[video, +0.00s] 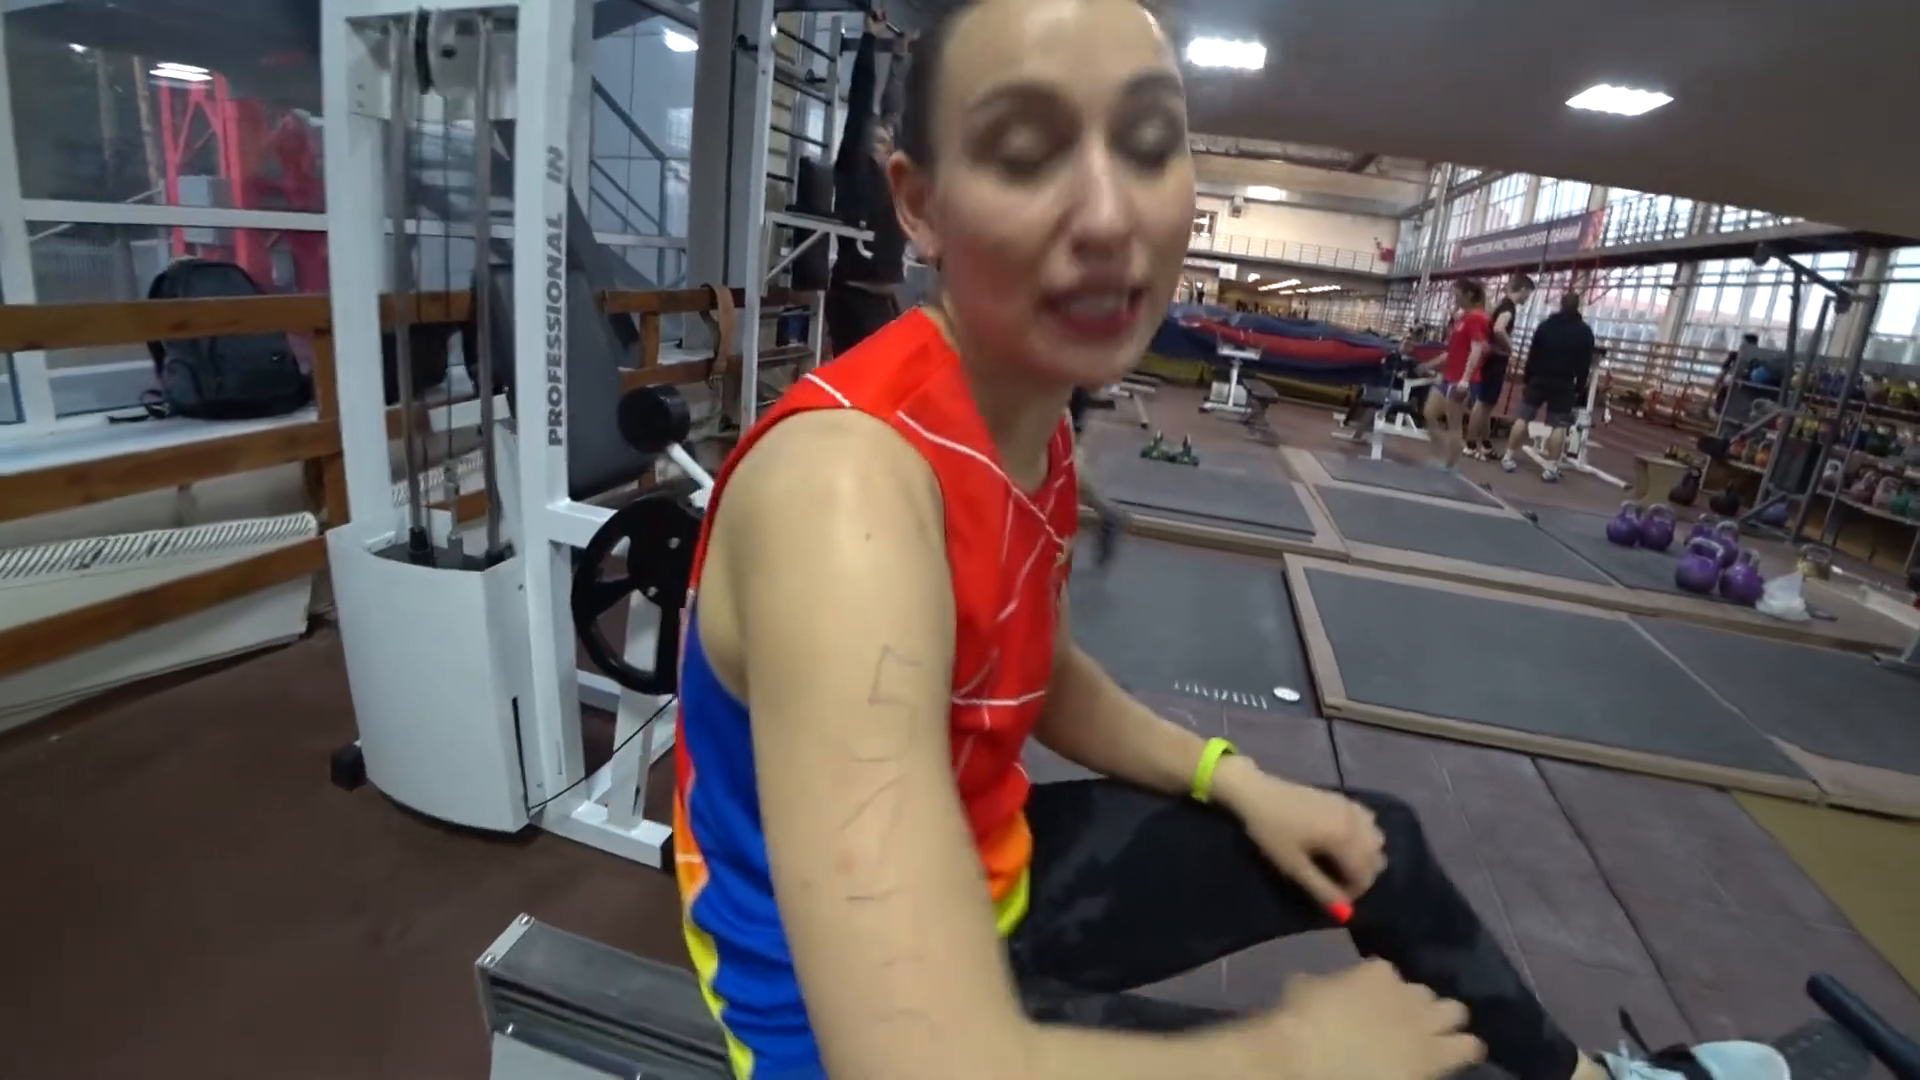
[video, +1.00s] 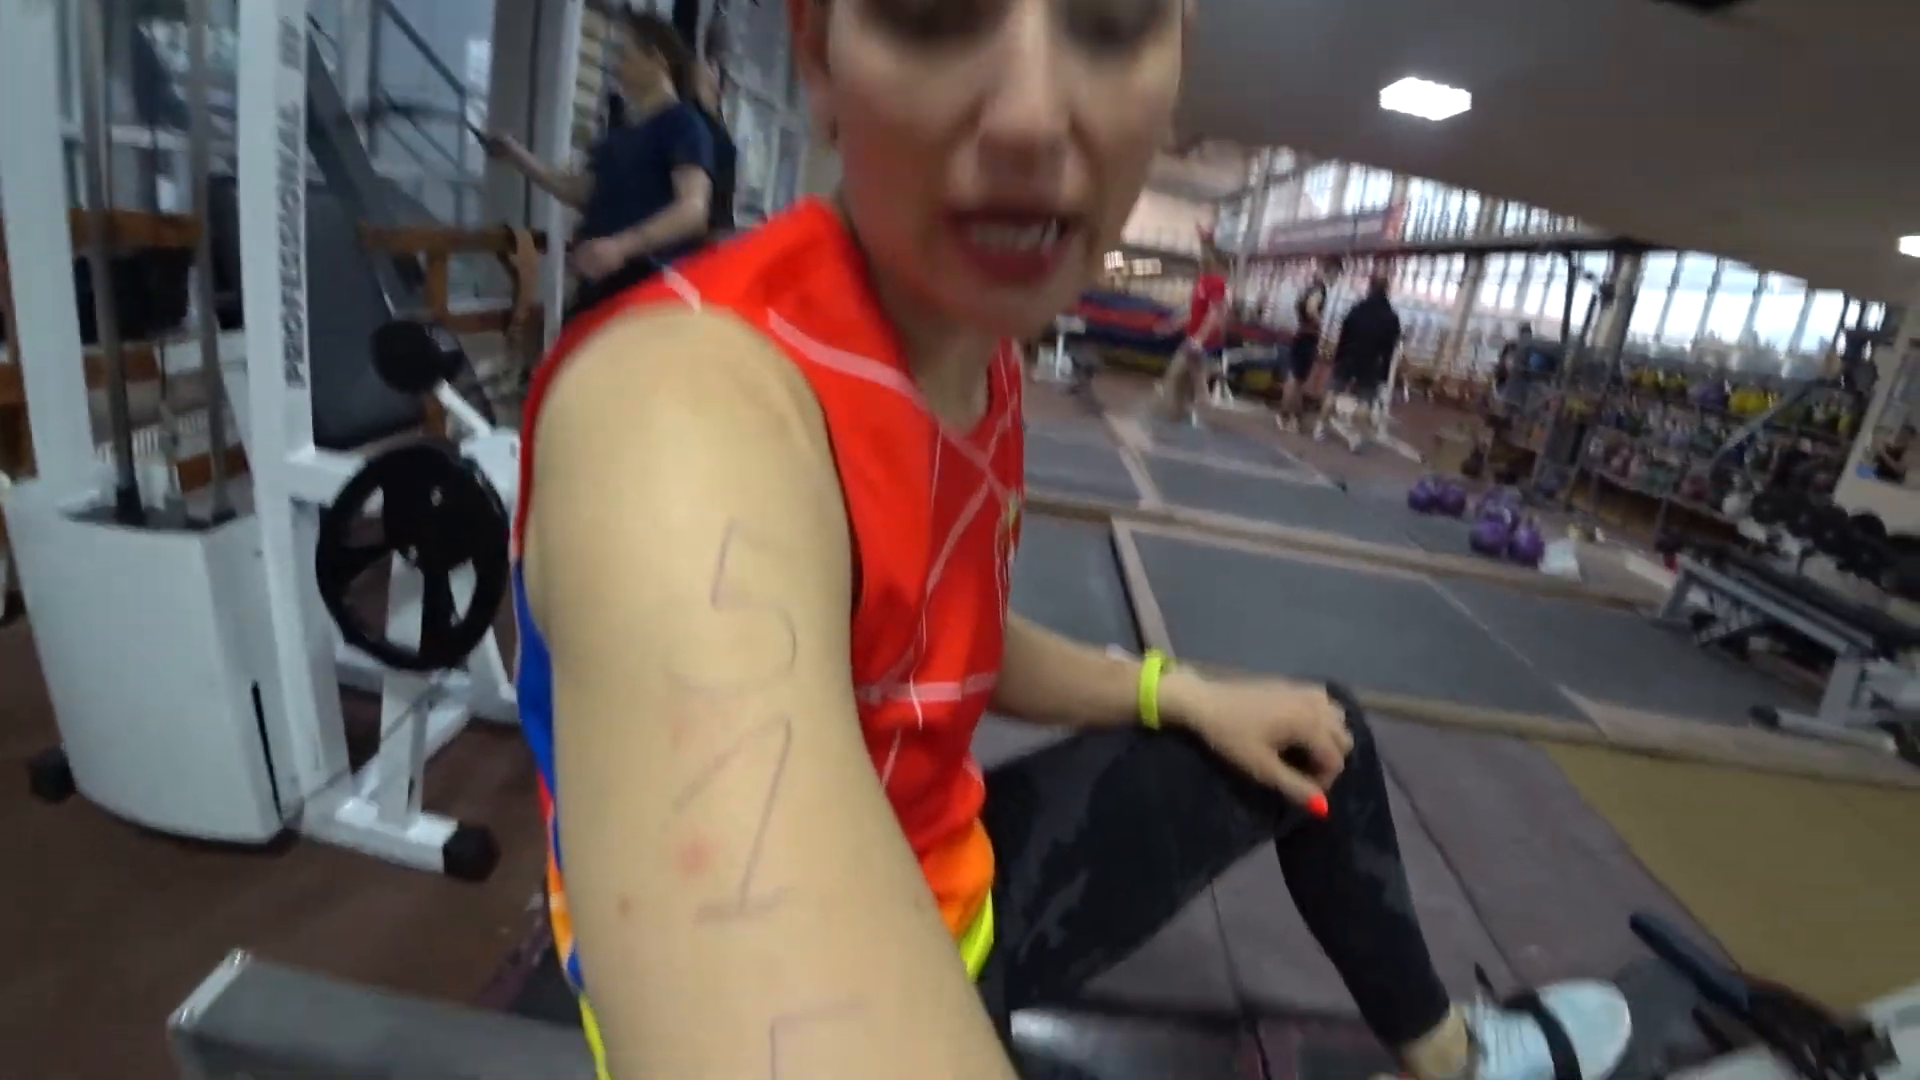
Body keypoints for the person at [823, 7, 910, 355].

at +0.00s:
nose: (886, 148)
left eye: (887, 142)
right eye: (879, 142)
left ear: (891, 147)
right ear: (863, 144)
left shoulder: (892, 174)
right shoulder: (854, 168)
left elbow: (892, 113)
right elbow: (860, 108)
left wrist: (900, 58)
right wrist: (869, 38)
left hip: (883, 289)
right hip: (854, 288)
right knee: (861, 380)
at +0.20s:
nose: (847, 157)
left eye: (851, 151)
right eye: (840, 150)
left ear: (856, 157)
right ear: (826, 153)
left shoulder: (850, 189)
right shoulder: (818, 183)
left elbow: (856, 128)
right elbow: (823, 119)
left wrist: (865, 64)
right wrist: (832, 48)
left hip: (850, 304)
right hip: (822, 304)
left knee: (858, 394)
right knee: (832, 401)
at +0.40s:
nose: (798, 184)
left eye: (800, 177)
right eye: (790, 178)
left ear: (804, 184)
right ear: (775, 182)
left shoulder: (801, 219)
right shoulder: (766, 212)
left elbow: (802, 158)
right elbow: (771, 148)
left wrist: (812, 98)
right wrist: (779, 80)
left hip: (798, 336)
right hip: (769, 334)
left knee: (796, 427)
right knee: (779, 429)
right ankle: (727, 487)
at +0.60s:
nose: (758, 193)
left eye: (764, 185)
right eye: (751, 185)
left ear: (778, 190)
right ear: (737, 187)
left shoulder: (769, 231)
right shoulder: (727, 220)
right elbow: (730, 152)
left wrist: (773, 104)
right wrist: (739, 87)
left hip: (758, 329)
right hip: (722, 331)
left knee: (753, 433)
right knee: (735, 438)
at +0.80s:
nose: (690, 153)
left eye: (698, 143)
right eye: (691, 142)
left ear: (731, 149)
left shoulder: (750, 207)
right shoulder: (699, 209)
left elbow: (755, 288)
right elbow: (674, 288)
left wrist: (682, 329)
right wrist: (609, 262)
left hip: (721, 358)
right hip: (684, 354)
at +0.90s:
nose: (655, 118)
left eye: (663, 108)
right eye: (657, 108)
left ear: (694, 116)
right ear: (692, 117)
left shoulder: (717, 174)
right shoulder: (669, 180)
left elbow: (721, 256)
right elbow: (627, 247)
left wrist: (645, 289)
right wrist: (566, 215)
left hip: (687, 334)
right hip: (641, 329)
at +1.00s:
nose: (613, 65)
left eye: (624, 54)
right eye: (615, 54)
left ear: (657, 60)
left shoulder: (684, 125)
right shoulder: (622, 132)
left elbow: (693, 210)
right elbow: (584, 194)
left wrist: (618, 247)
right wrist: (519, 158)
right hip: (599, 288)